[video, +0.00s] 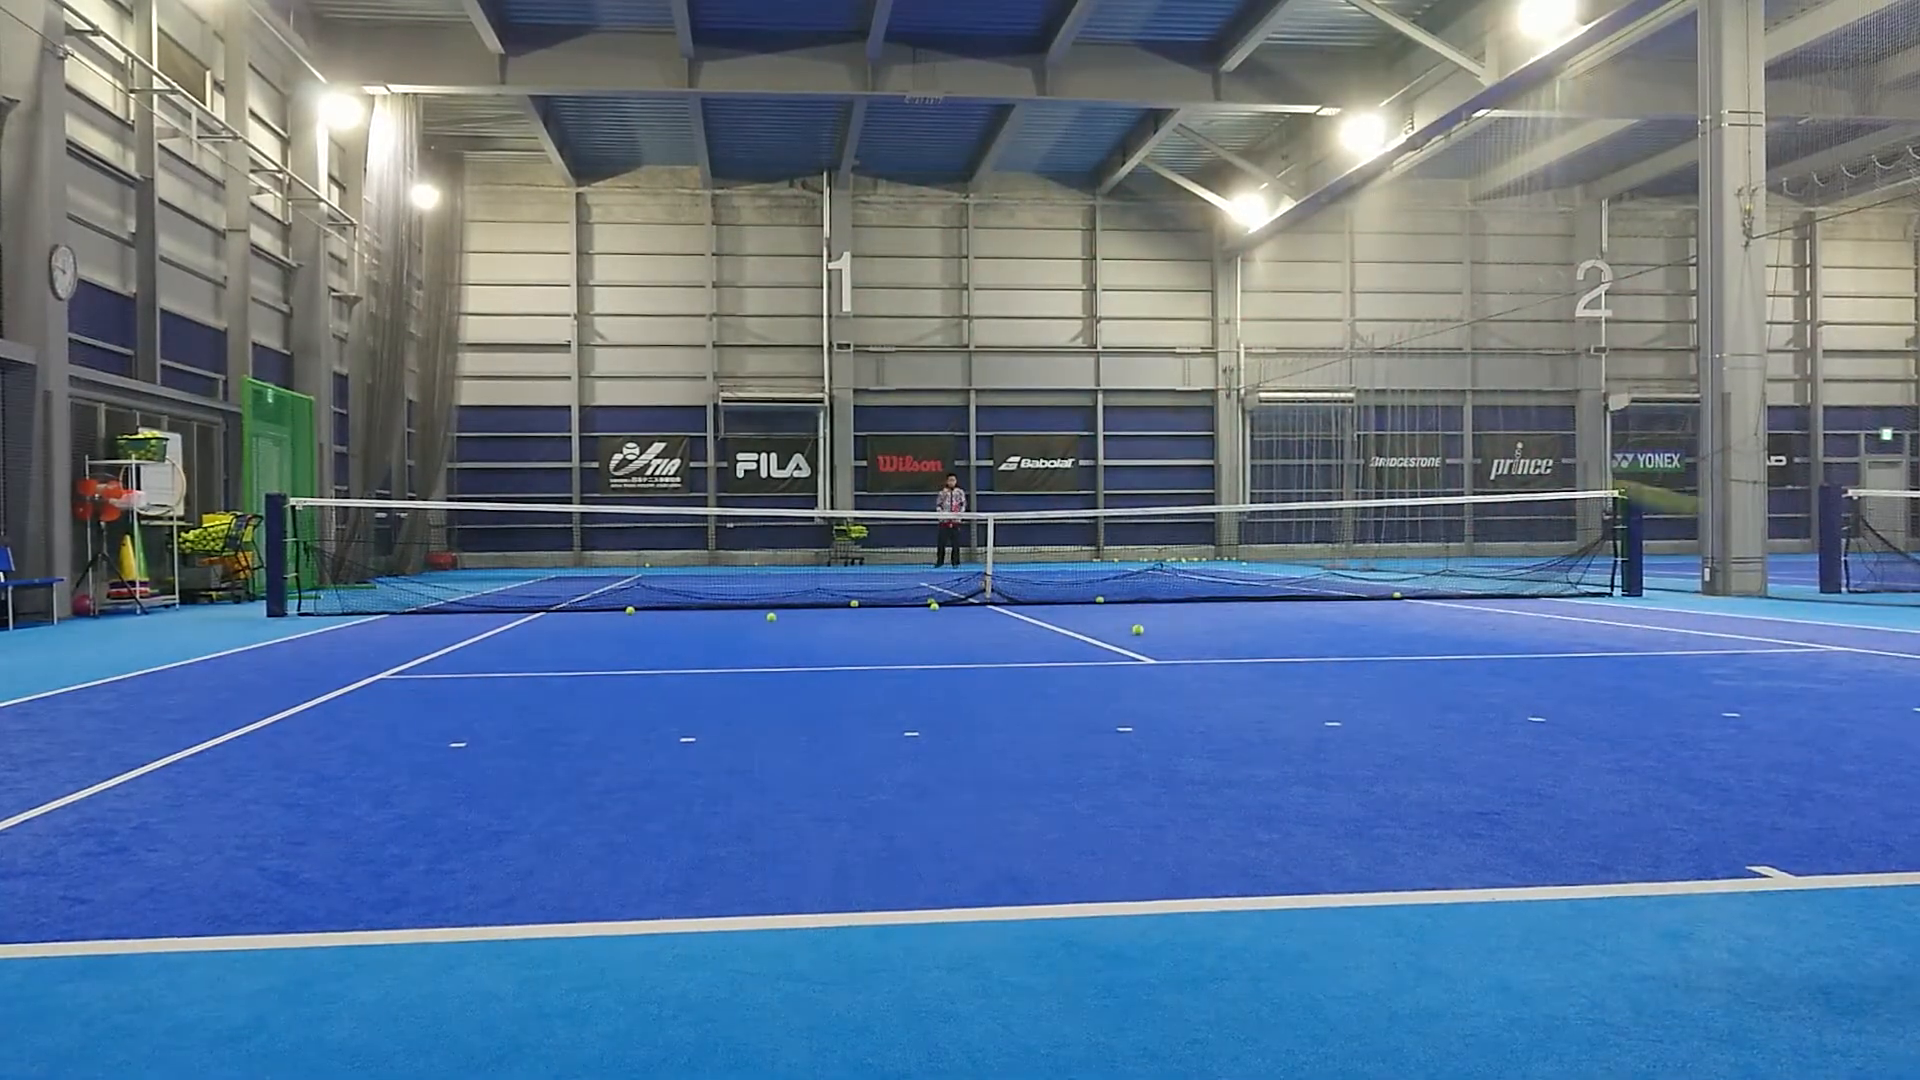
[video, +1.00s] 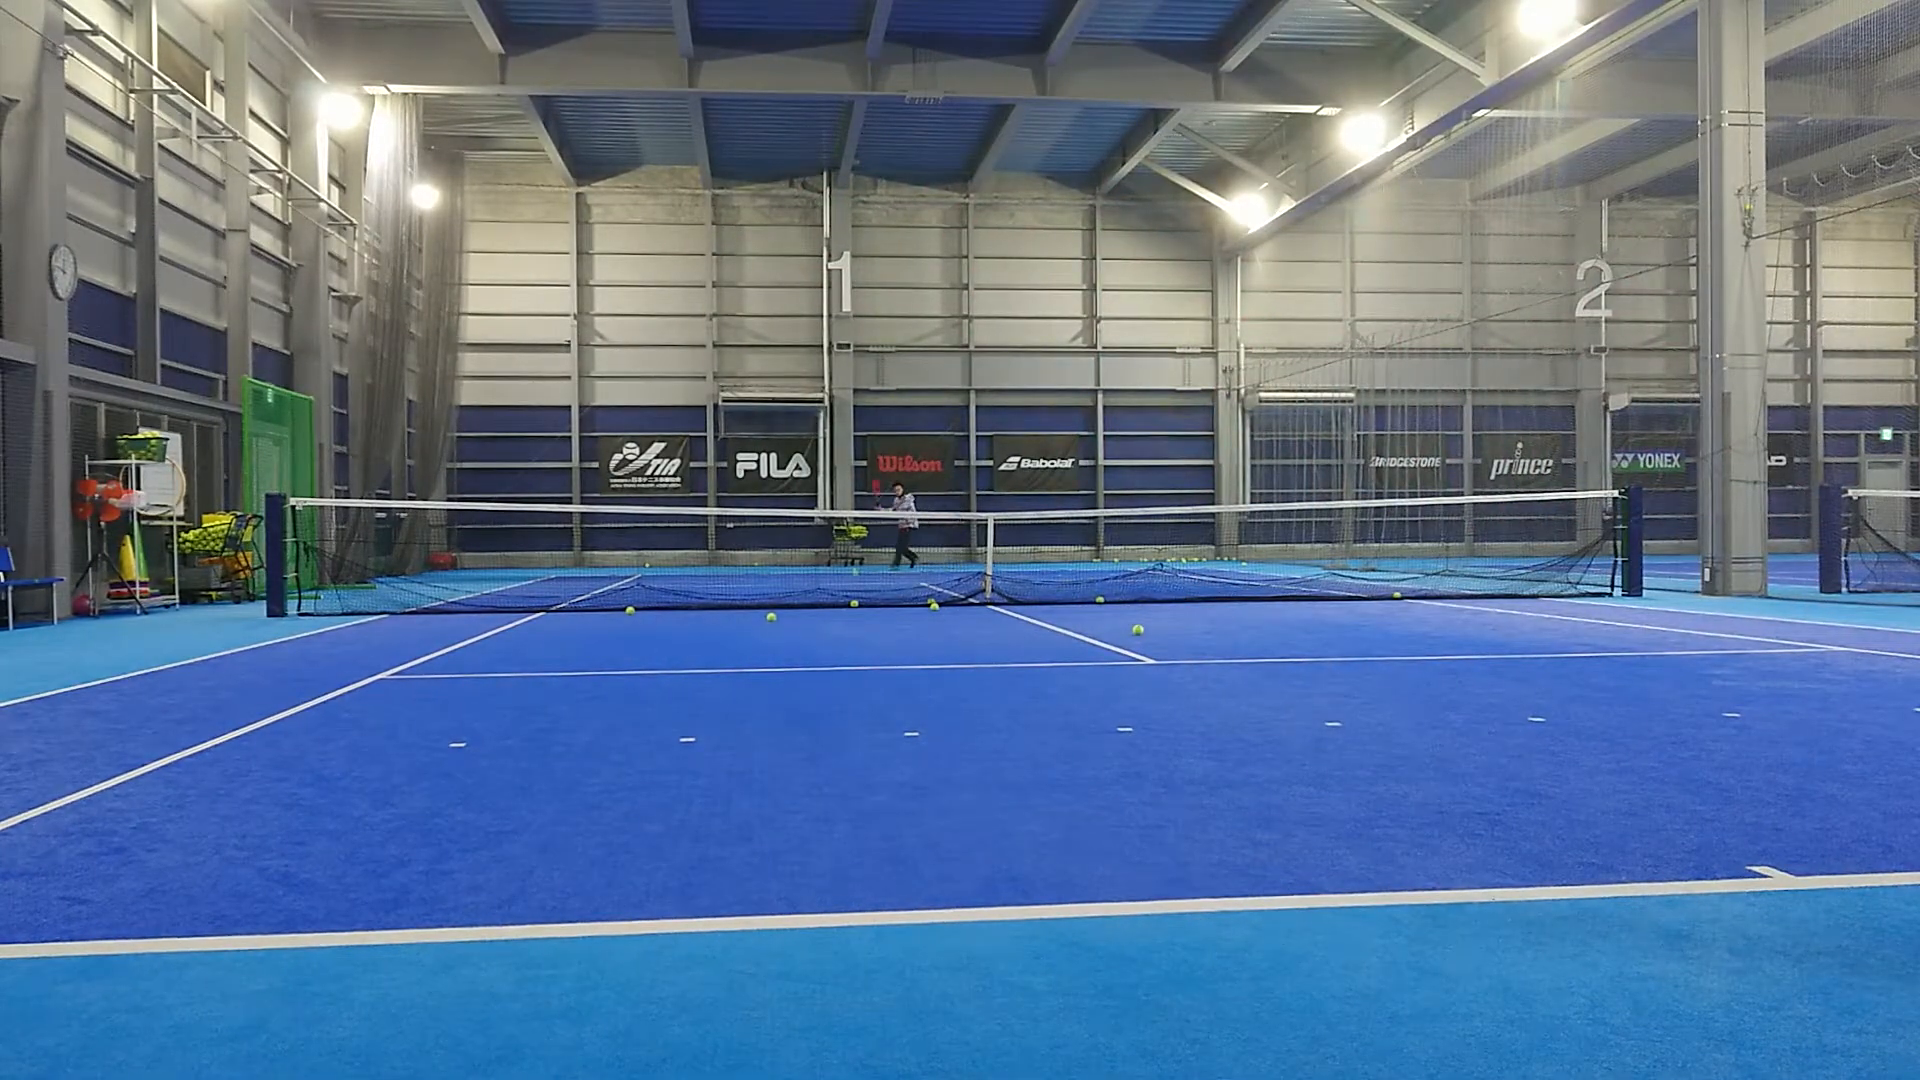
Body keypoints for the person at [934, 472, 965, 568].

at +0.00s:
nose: (952, 482)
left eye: (954, 480)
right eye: (950, 480)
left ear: (956, 482)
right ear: (946, 481)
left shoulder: (960, 492)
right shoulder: (942, 493)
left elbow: (963, 504)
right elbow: (938, 505)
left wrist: (959, 515)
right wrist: (941, 515)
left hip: (955, 522)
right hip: (944, 522)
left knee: (955, 544)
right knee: (941, 544)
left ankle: (955, 562)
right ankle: (939, 562)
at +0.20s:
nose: (950, 482)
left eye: (952, 480)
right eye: (949, 480)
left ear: (955, 482)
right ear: (945, 481)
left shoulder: (959, 492)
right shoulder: (941, 493)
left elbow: (961, 505)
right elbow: (937, 506)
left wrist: (954, 516)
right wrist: (940, 517)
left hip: (954, 523)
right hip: (942, 522)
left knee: (955, 545)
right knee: (937, 544)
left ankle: (955, 563)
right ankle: (933, 562)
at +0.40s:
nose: (944, 485)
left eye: (946, 482)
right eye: (942, 482)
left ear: (949, 484)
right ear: (939, 484)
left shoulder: (953, 494)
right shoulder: (936, 495)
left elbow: (955, 507)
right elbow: (931, 508)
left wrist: (946, 513)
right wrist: (937, 516)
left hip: (950, 523)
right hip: (938, 523)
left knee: (952, 545)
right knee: (932, 544)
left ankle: (955, 563)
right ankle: (927, 562)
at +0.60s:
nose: (931, 490)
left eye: (933, 488)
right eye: (930, 488)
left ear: (937, 489)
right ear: (928, 490)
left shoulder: (942, 500)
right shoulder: (926, 500)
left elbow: (942, 513)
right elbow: (923, 512)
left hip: (942, 527)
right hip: (930, 527)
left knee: (947, 547)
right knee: (923, 545)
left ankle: (954, 563)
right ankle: (920, 562)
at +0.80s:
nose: (913, 491)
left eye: (915, 489)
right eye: (911, 489)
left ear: (919, 489)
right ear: (909, 491)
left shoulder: (923, 498)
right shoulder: (910, 501)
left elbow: (922, 509)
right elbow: (907, 512)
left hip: (926, 526)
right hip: (916, 526)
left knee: (925, 547)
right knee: (914, 546)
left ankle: (939, 554)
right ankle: (920, 562)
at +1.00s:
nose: (897, 492)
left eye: (899, 489)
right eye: (895, 490)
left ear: (903, 489)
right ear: (894, 491)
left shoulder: (908, 499)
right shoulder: (896, 500)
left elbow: (912, 511)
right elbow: (893, 509)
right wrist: (882, 510)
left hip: (908, 524)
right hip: (901, 524)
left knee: (901, 546)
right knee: (900, 546)